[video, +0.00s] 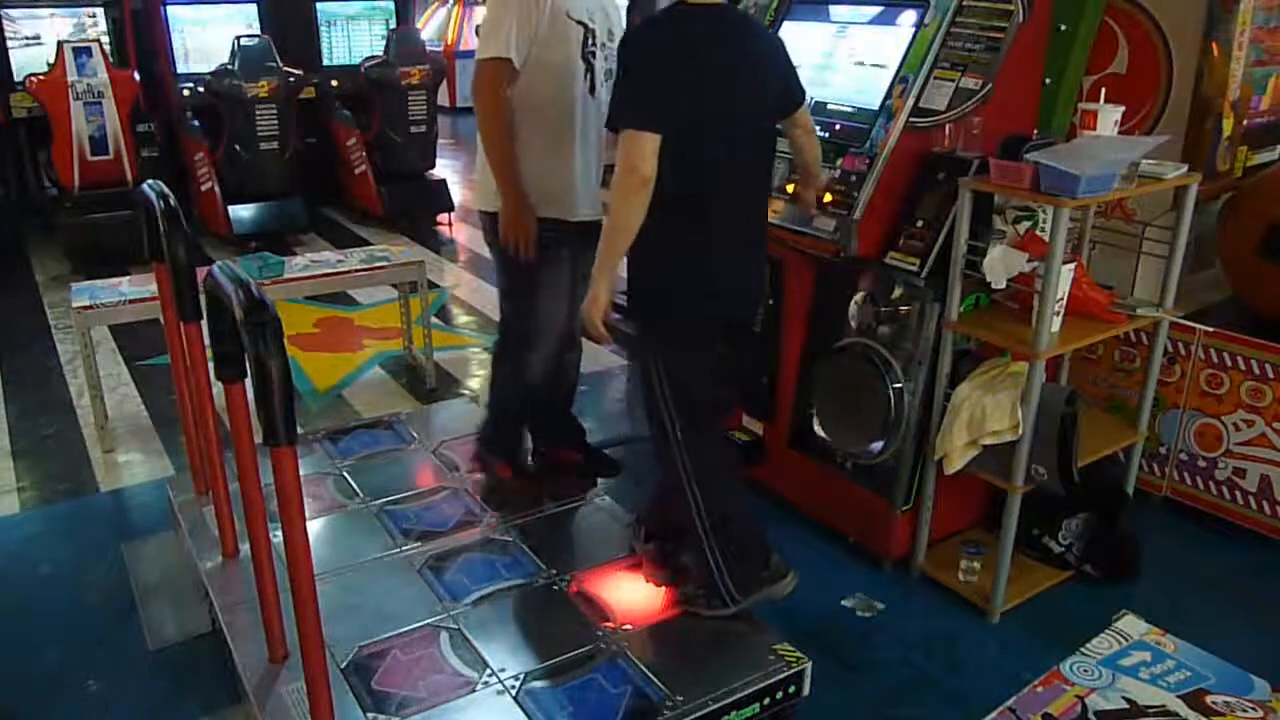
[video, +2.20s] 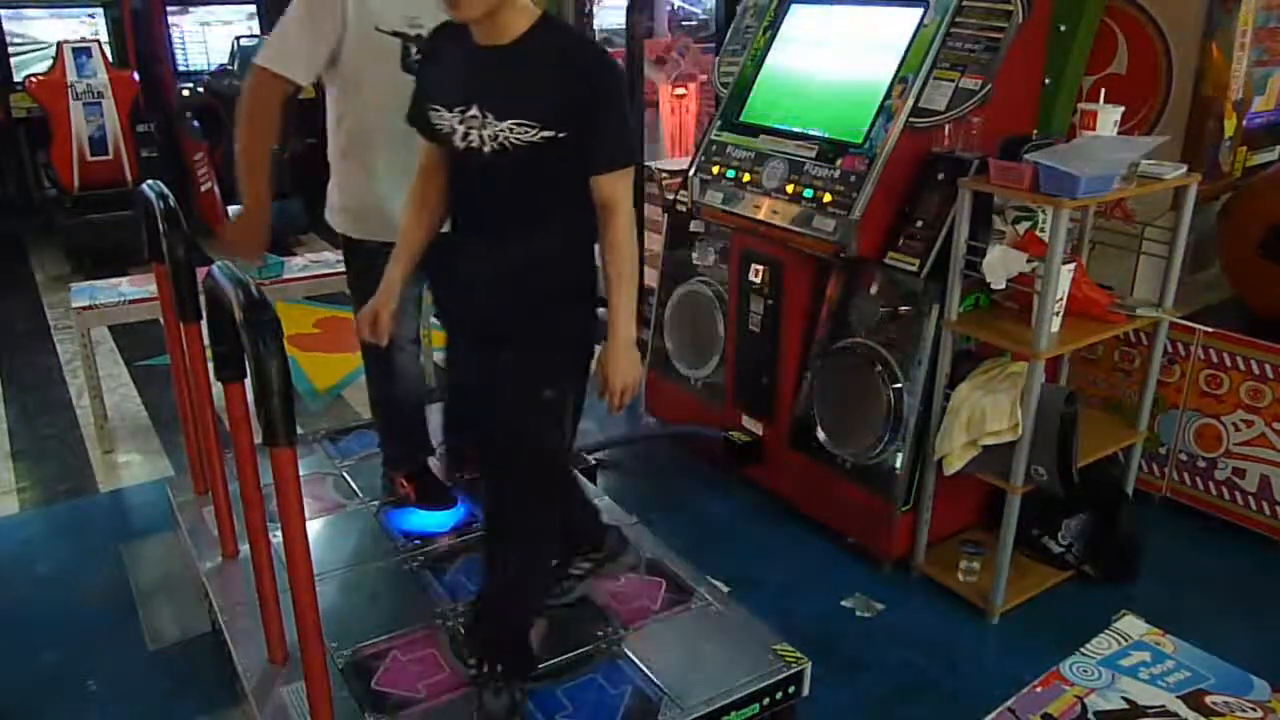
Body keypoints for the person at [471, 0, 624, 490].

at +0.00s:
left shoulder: (613, 9)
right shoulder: (524, 2)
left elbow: (605, 103)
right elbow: (487, 91)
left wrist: (612, 189)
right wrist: (512, 198)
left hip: (583, 203)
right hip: (529, 202)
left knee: (566, 334)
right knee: (530, 335)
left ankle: (556, 440)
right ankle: (499, 447)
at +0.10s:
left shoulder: (611, 10)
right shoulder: (524, 1)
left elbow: (608, 109)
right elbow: (487, 88)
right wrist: (506, 198)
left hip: (582, 204)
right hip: (525, 203)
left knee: (565, 336)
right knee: (520, 333)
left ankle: (556, 443)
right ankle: (471, 441)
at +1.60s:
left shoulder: (568, 13)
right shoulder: (469, 4)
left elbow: (572, 107)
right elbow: (425, 87)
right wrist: (434, 192)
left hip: (545, 207)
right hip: (474, 206)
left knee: (543, 343)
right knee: (450, 347)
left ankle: (555, 447)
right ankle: (423, 460)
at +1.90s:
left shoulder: (512, 10)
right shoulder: (390, 6)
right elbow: (353, 104)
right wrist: (373, 220)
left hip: (499, 215)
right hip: (417, 220)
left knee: (530, 357)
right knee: (414, 361)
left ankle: (551, 471)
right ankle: (408, 470)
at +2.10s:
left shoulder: (482, 8)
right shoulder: (349, 5)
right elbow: (294, 89)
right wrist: (293, 211)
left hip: (470, 201)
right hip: (385, 208)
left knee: (501, 340)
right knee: (401, 347)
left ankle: (523, 466)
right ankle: (408, 466)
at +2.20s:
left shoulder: (474, 7)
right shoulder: (337, 5)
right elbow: (263, 88)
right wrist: (253, 213)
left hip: (459, 202)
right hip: (375, 209)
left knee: (476, 337)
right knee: (395, 347)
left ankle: (471, 447)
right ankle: (408, 467)